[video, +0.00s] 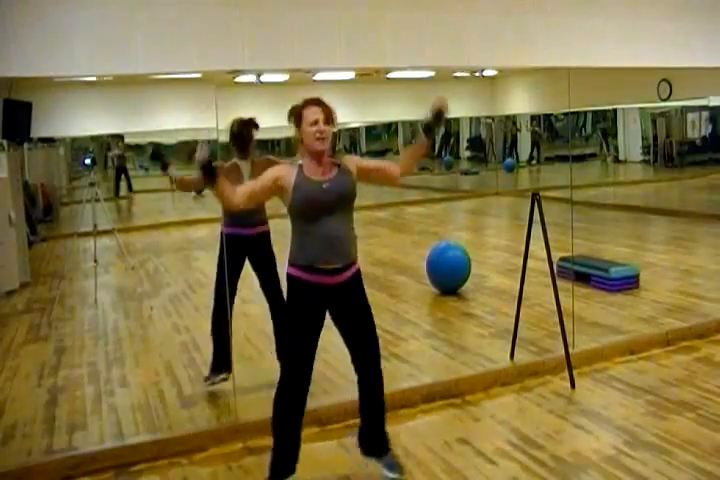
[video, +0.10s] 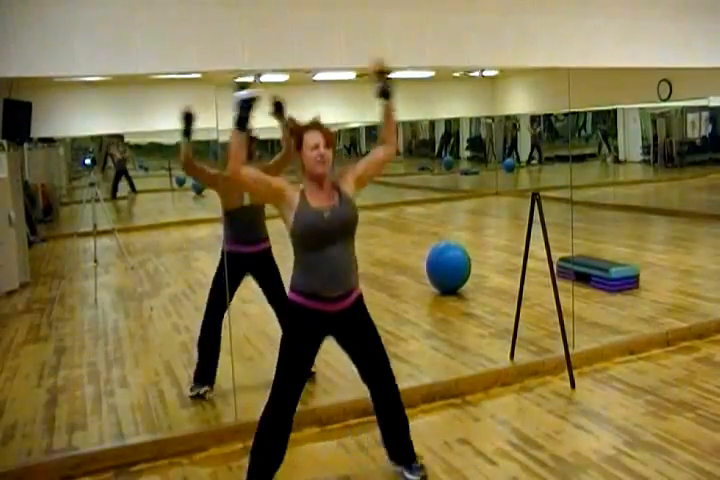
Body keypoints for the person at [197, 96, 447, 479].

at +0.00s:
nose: (322, 129)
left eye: (326, 122)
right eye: (313, 124)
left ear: (334, 128)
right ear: (298, 132)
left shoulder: (348, 167)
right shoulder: (283, 174)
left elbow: (399, 170)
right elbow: (237, 201)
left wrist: (430, 132)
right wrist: (213, 173)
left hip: (347, 281)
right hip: (305, 283)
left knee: (369, 364)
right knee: (295, 378)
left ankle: (375, 446)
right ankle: (281, 469)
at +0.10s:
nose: (321, 153)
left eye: (326, 146)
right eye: (313, 147)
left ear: (333, 153)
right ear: (299, 155)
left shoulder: (347, 184)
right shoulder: (287, 194)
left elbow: (388, 148)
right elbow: (237, 170)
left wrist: (385, 92)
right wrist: (242, 116)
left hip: (349, 306)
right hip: (305, 311)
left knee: (383, 383)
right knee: (282, 399)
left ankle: (406, 462)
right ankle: (259, 475)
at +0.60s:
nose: (323, 155)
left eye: (327, 148)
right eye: (314, 150)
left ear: (334, 154)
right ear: (301, 159)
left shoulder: (348, 201)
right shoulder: (288, 209)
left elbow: (360, 261)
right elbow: (280, 269)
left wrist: (377, 311)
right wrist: (277, 318)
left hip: (350, 315)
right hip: (307, 318)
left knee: (355, 402)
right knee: (316, 404)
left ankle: (345, 466)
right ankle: (317, 472)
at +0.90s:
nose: (323, 127)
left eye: (328, 121)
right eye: (314, 122)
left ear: (335, 127)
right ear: (301, 130)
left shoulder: (352, 165)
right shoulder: (287, 173)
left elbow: (402, 162)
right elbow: (237, 188)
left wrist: (429, 117)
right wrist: (214, 157)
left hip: (349, 281)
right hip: (306, 284)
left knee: (370, 364)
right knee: (296, 377)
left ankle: (381, 449)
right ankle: (282, 471)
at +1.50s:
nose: (321, 154)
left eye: (325, 147)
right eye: (313, 148)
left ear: (331, 153)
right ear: (298, 157)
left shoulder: (343, 197)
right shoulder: (286, 205)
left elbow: (353, 257)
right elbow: (278, 267)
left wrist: (373, 308)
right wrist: (268, 323)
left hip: (346, 314)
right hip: (305, 316)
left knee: (353, 399)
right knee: (311, 399)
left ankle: (339, 465)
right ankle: (310, 470)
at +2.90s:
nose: (316, 162)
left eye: (321, 156)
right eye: (308, 157)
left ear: (328, 161)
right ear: (297, 165)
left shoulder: (342, 191)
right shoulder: (289, 200)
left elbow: (375, 147)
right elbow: (246, 160)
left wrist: (362, 98)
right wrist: (263, 112)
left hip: (349, 316)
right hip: (303, 320)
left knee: (385, 392)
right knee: (279, 409)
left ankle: (406, 460)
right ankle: (260, 476)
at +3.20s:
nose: (317, 147)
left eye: (320, 140)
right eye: (308, 142)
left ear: (328, 146)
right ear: (295, 151)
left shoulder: (343, 190)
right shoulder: (284, 198)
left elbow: (361, 244)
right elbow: (272, 255)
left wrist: (391, 276)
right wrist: (252, 293)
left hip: (345, 300)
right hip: (305, 303)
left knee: (353, 384)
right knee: (317, 386)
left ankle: (340, 458)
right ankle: (316, 466)